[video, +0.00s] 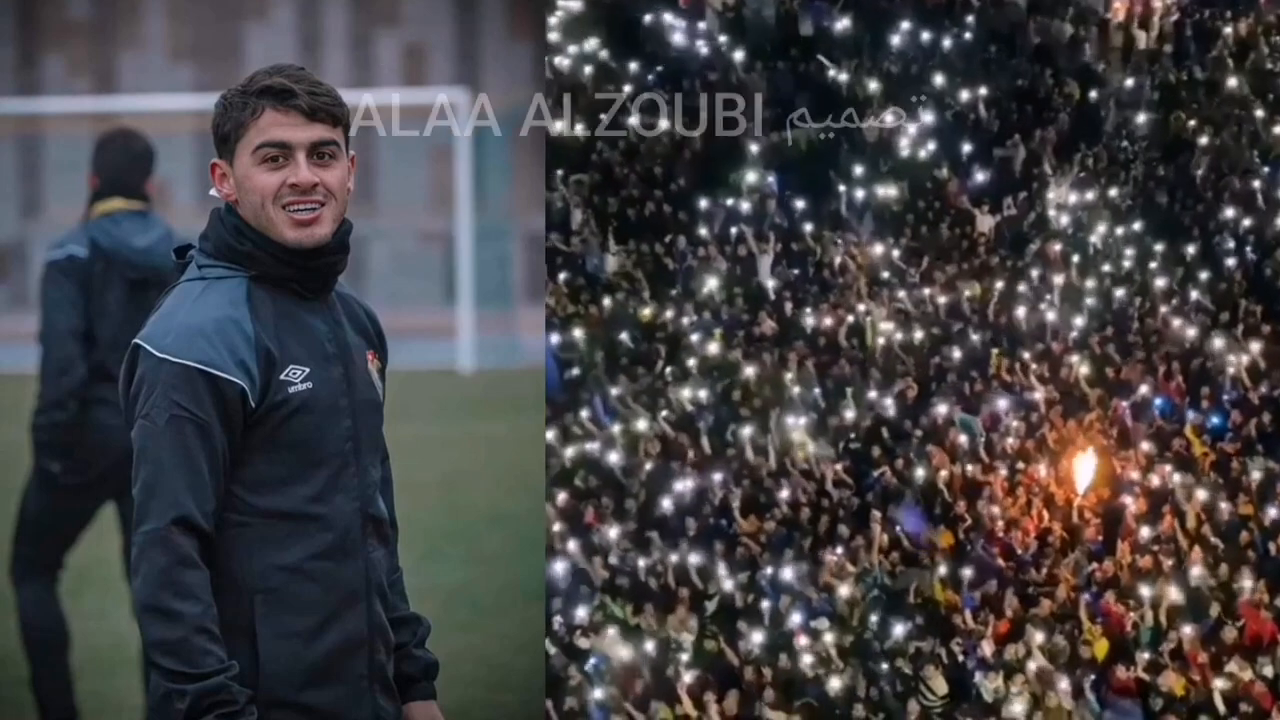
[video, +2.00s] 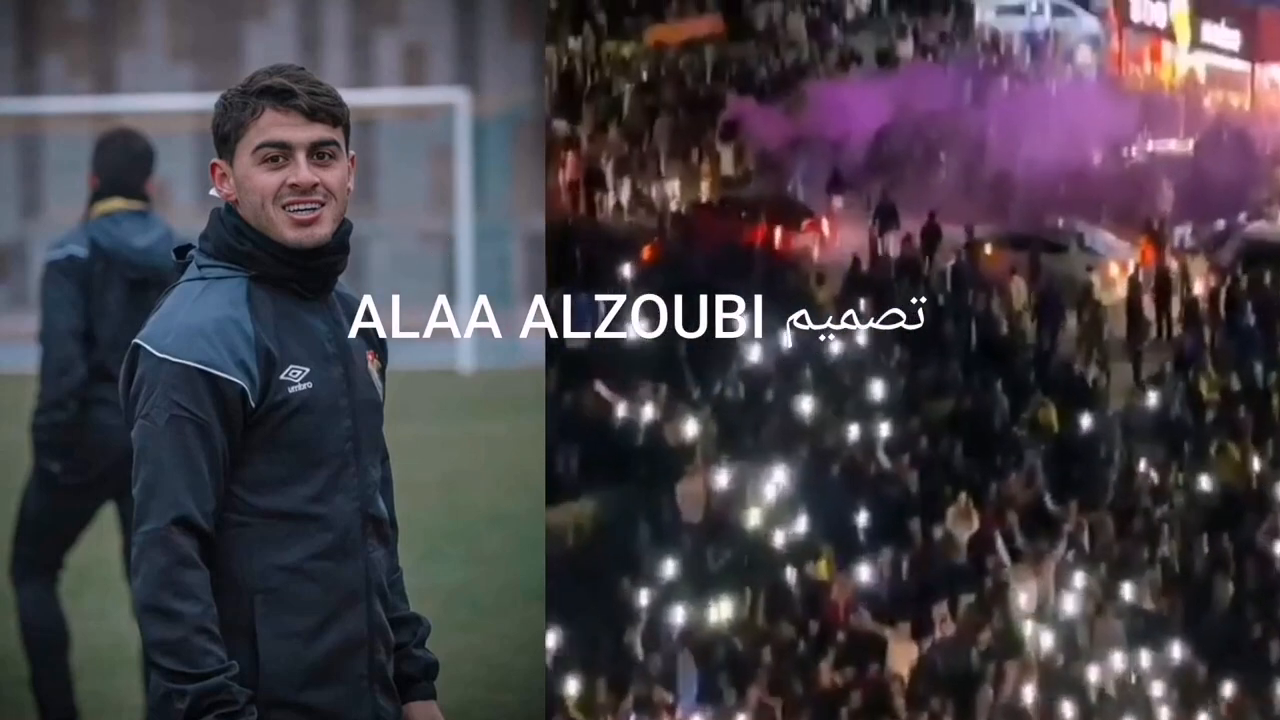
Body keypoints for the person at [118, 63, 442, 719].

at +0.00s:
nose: (305, 178)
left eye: (322, 155)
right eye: (274, 158)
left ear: (350, 171)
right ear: (226, 182)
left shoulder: (356, 323)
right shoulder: (194, 335)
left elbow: (372, 524)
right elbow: (164, 552)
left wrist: (414, 684)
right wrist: (213, 705)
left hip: (365, 690)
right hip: (259, 692)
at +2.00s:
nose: (305, 178)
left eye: (322, 155)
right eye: (274, 158)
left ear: (350, 171)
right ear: (226, 182)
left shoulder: (351, 319)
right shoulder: (196, 334)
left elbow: (372, 523)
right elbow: (164, 551)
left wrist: (414, 684)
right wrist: (213, 705)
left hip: (364, 690)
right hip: (260, 692)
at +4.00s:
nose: (305, 178)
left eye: (322, 155)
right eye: (274, 158)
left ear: (349, 171)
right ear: (226, 182)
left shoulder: (356, 324)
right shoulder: (195, 334)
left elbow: (373, 525)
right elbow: (164, 551)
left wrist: (414, 684)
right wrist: (213, 705)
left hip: (364, 690)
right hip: (259, 691)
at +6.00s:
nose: (304, 178)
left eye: (322, 155)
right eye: (274, 158)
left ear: (350, 171)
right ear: (226, 182)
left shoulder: (356, 323)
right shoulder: (195, 334)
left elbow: (372, 525)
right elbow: (164, 550)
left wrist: (414, 685)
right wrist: (213, 705)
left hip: (365, 690)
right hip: (259, 691)